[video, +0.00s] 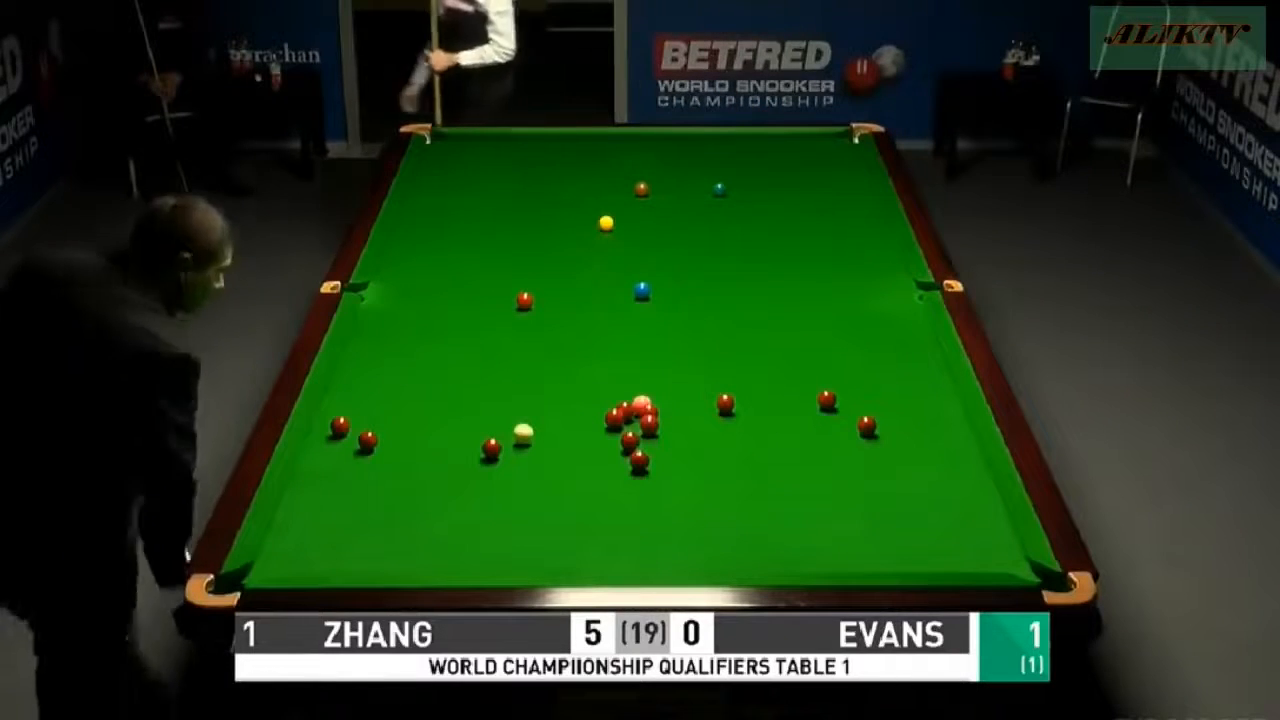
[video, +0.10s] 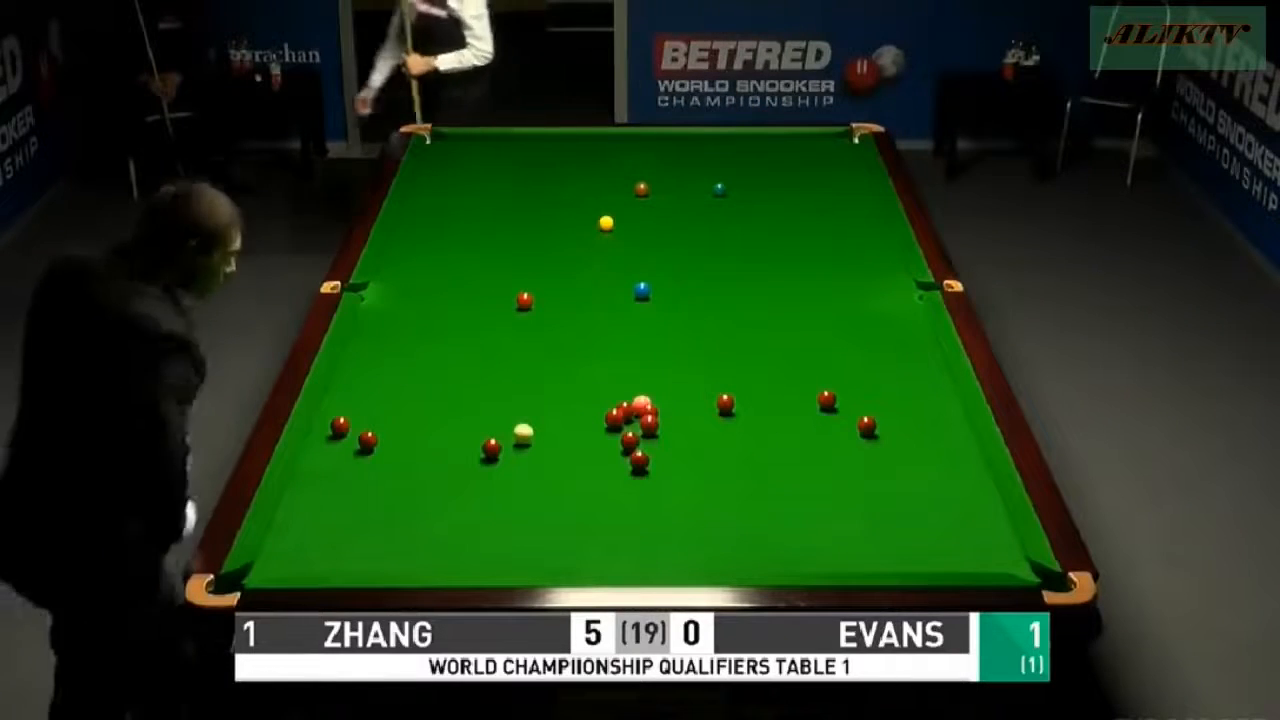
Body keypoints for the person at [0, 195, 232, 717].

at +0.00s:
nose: (223, 282)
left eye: (224, 271)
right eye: (218, 272)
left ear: (138, 245)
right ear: (181, 271)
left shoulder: (43, 273)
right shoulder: (161, 362)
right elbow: (169, 485)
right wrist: (171, 568)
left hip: (3, 512)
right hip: (82, 548)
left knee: (58, 660)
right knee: (100, 674)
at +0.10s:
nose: (234, 267)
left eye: (235, 256)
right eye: (229, 257)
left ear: (151, 236)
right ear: (193, 257)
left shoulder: (67, 280)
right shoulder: (168, 345)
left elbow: (40, 409)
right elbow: (161, 466)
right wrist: (177, 519)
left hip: (43, 512)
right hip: (113, 545)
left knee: (76, 672)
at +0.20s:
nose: (246, 257)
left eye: (247, 245)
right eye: (240, 246)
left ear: (177, 231)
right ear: (201, 242)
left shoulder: (94, 277)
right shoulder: (162, 316)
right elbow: (158, 442)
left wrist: (197, 444)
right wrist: (207, 485)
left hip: (69, 517)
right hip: (121, 536)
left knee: (102, 669)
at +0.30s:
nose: (269, 243)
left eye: (270, 231)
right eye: (262, 231)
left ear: (213, 222)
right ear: (224, 227)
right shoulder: (164, 279)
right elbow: (191, 371)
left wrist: (232, 429)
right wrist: (261, 426)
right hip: (132, 510)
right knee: (156, 667)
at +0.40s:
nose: (286, 241)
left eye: (287, 229)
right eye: (279, 230)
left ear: (237, 221)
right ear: (239, 226)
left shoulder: (200, 264)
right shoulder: (179, 276)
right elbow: (220, 362)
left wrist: (228, 427)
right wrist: (313, 410)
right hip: (133, 508)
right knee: (168, 665)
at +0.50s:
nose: (314, 242)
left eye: (315, 230)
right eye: (306, 231)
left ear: (252, 220)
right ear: (268, 229)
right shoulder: (210, 284)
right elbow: (271, 363)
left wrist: (236, 436)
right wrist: (379, 402)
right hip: (144, 507)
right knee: (176, 655)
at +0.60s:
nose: (335, 250)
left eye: (336, 239)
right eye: (329, 239)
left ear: (267, 224)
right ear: (291, 238)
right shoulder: (237, 293)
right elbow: (301, 373)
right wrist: (422, 410)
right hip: (154, 508)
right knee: (171, 666)